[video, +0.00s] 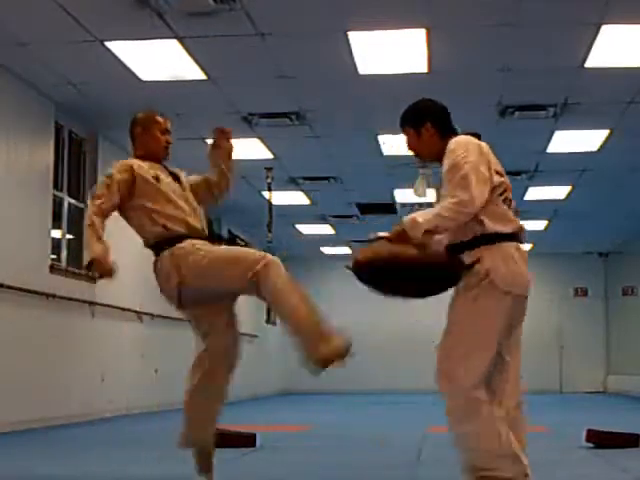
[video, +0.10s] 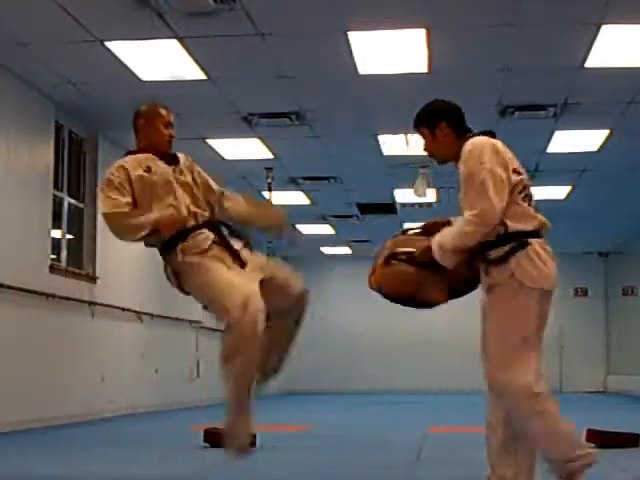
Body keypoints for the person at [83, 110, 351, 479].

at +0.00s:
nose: (168, 138)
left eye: (169, 133)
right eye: (161, 131)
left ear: (169, 141)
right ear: (139, 137)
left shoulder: (179, 179)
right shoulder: (129, 170)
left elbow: (217, 186)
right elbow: (97, 208)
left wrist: (221, 154)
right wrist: (97, 249)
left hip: (200, 264)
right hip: (179, 260)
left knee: (220, 349)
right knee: (264, 266)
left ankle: (199, 435)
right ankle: (318, 344)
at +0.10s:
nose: (171, 132)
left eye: (172, 126)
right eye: (164, 126)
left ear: (171, 130)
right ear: (141, 129)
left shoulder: (186, 165)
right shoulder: (124, 169)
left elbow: (222, 201)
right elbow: (117, 221)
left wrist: (264, 213)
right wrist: (156, 222)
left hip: (228, 244)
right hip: (191, 253)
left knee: (291, 292)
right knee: (246, 305)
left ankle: (261, 368)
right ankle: (237, 425)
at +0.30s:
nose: (212, 164)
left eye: (213, 158)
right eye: (205, 156)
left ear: (210, 165)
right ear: (182, 158)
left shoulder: (214, 207)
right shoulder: (155, 204)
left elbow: (221, 254)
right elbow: (166, 242)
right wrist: (196, 192)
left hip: (244, 279)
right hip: (208, 305)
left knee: (315, 279)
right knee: (226, 385)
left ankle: (391, 311)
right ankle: (228, 468)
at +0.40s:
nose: (216, 154)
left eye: (217, 147)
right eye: (210, 145)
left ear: (208, 151)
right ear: (186, 145)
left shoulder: (221, 195)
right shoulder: (162, 192)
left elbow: (230, 238)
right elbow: (156, 243)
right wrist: (202, 222)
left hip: (253, 277)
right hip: (216, 292)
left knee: (319, 320)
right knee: (231, 384)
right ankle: (229, 469)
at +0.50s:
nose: (223, 143)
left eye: (223, 137)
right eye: (216, 136)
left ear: (215, 142)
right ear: (192, 140)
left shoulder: (232, 189)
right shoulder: (175, 185)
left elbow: (253, 240)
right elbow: (167, 240)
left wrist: (288, 261)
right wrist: (211, 253)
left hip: (261, 291)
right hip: (222, 294)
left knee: (280, 379)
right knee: (239, 376)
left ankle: (260, 470)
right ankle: (222, 468)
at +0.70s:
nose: (242, 139)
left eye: (242, 133)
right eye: (234, 133)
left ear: (237, 142)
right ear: (211, 139)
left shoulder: (245, 193)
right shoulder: (193, 182)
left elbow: (254, 240)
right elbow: (172, 235)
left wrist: (274, 232)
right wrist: (219, 252)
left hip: (248, 288)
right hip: (211, 285)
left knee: (257, 371)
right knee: (221, 364)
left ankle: (251, 464)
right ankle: (195, 466)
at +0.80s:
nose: (239, 134)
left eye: (238, 128)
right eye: (232, 126)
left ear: (227, 134)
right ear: (208, 131)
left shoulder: (235, 185)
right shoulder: (186, 172)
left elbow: (233, 234)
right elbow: (163, 224)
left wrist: (255, 234)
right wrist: (214, 242)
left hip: (236, 283)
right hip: (202, 278)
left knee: (251, 367)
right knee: (208, 365)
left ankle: (256, 466)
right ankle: (151, 457)